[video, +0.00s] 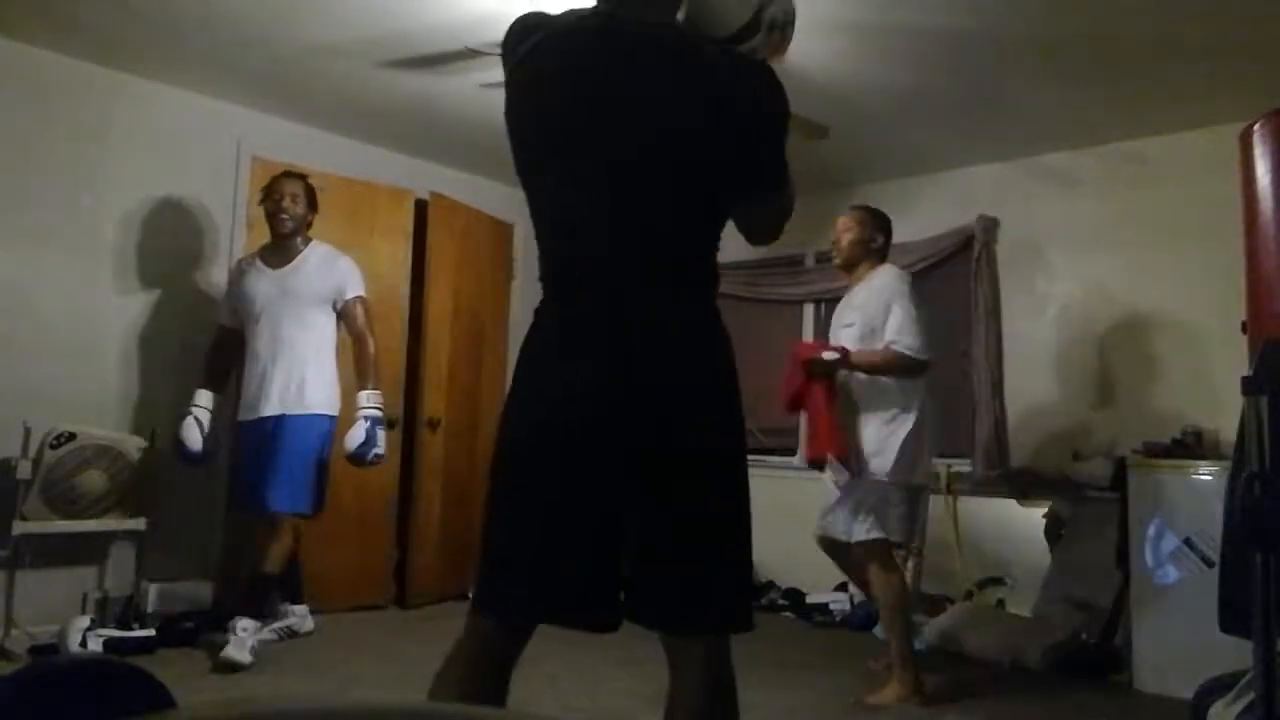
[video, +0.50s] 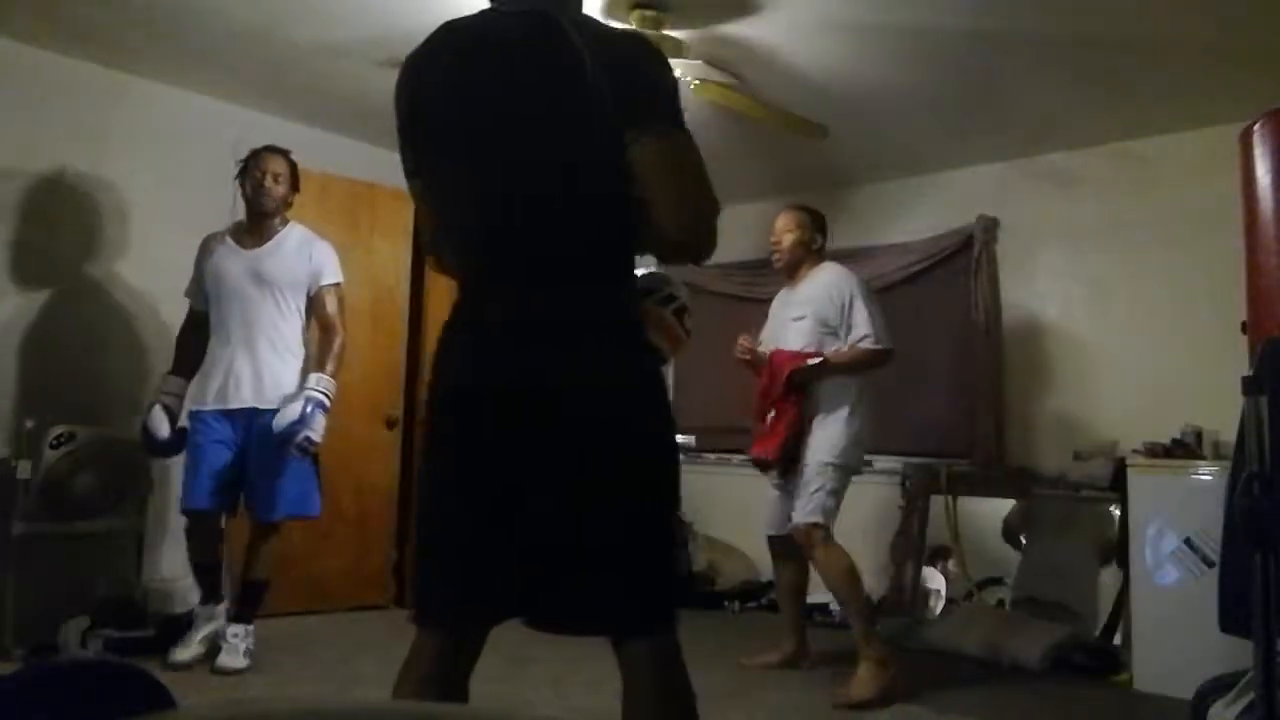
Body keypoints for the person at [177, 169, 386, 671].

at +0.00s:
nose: (283, 206)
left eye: (294, 200)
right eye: (276, 199)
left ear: (310, 212)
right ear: (264, 209)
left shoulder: (336, 268)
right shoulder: (245, 271)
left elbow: (364, 338)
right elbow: (226, 344)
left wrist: (370, 409)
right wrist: (201, 403)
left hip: (306, 407)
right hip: (253, 407)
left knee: (280, 513)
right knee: (268, 512)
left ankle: (247, 625)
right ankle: (292, 607)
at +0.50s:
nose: (264, 184)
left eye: (275, 179)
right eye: (256, 176)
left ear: (292, 193)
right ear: (240, 185)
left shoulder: (312, 251)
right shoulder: (213, 249)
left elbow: (332, 330)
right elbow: (195, 328)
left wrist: (316, 399)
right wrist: (170, 395)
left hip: (278, 408)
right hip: (212, 405)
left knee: (265, 522)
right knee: (200, 510)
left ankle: (242, 628)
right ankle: (209, 612)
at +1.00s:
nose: (225, 164)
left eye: (237, 157)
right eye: (215, 155)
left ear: (254, 172)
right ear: (198, 166)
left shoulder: (282, 238)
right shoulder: (170, 236)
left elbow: (311, 321)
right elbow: (142, 324)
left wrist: (322, 402)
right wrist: (117, 404)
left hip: (245, 401)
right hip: (173, 402)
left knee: (226, 518)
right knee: (177, 525)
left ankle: (229, 615)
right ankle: (181, 642)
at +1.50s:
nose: (255, 147)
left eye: (265, 143)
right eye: (243, 134)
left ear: (270, 158)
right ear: (207, 141)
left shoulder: (283, 230)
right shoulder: (155, 209)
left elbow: (295, 321)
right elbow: (118, 301)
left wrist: (301, 404)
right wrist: (105, 383)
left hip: (247, 403)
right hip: (171, 400)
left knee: (225, 541)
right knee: (175, 536)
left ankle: (200, 674)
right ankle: (186, 645)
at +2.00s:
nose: (253, 121)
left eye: (264, 113)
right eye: (240, 108)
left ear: (274, 130)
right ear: (205, 115)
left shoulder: (293, 207)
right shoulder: (156, 194)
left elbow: (318, 301)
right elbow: (120, 291)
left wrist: (327, 396)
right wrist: (78, 387)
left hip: (243, 407)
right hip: (155, 401)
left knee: (226, 547)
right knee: (129, 531)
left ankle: (197, 678)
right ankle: (137, 666)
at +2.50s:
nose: (239, 87)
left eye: (245, 75)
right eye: (222, 73)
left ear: (251, 87)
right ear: (172, 81)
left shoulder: (273, 181)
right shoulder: (114, 170)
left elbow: (298, 286)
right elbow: (69, 283)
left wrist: (310, 384)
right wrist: (39, 398)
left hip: (231, 403)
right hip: (130, 402)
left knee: (215, 562)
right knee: (122, 561)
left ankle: (194, 675)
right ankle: (124, 692)